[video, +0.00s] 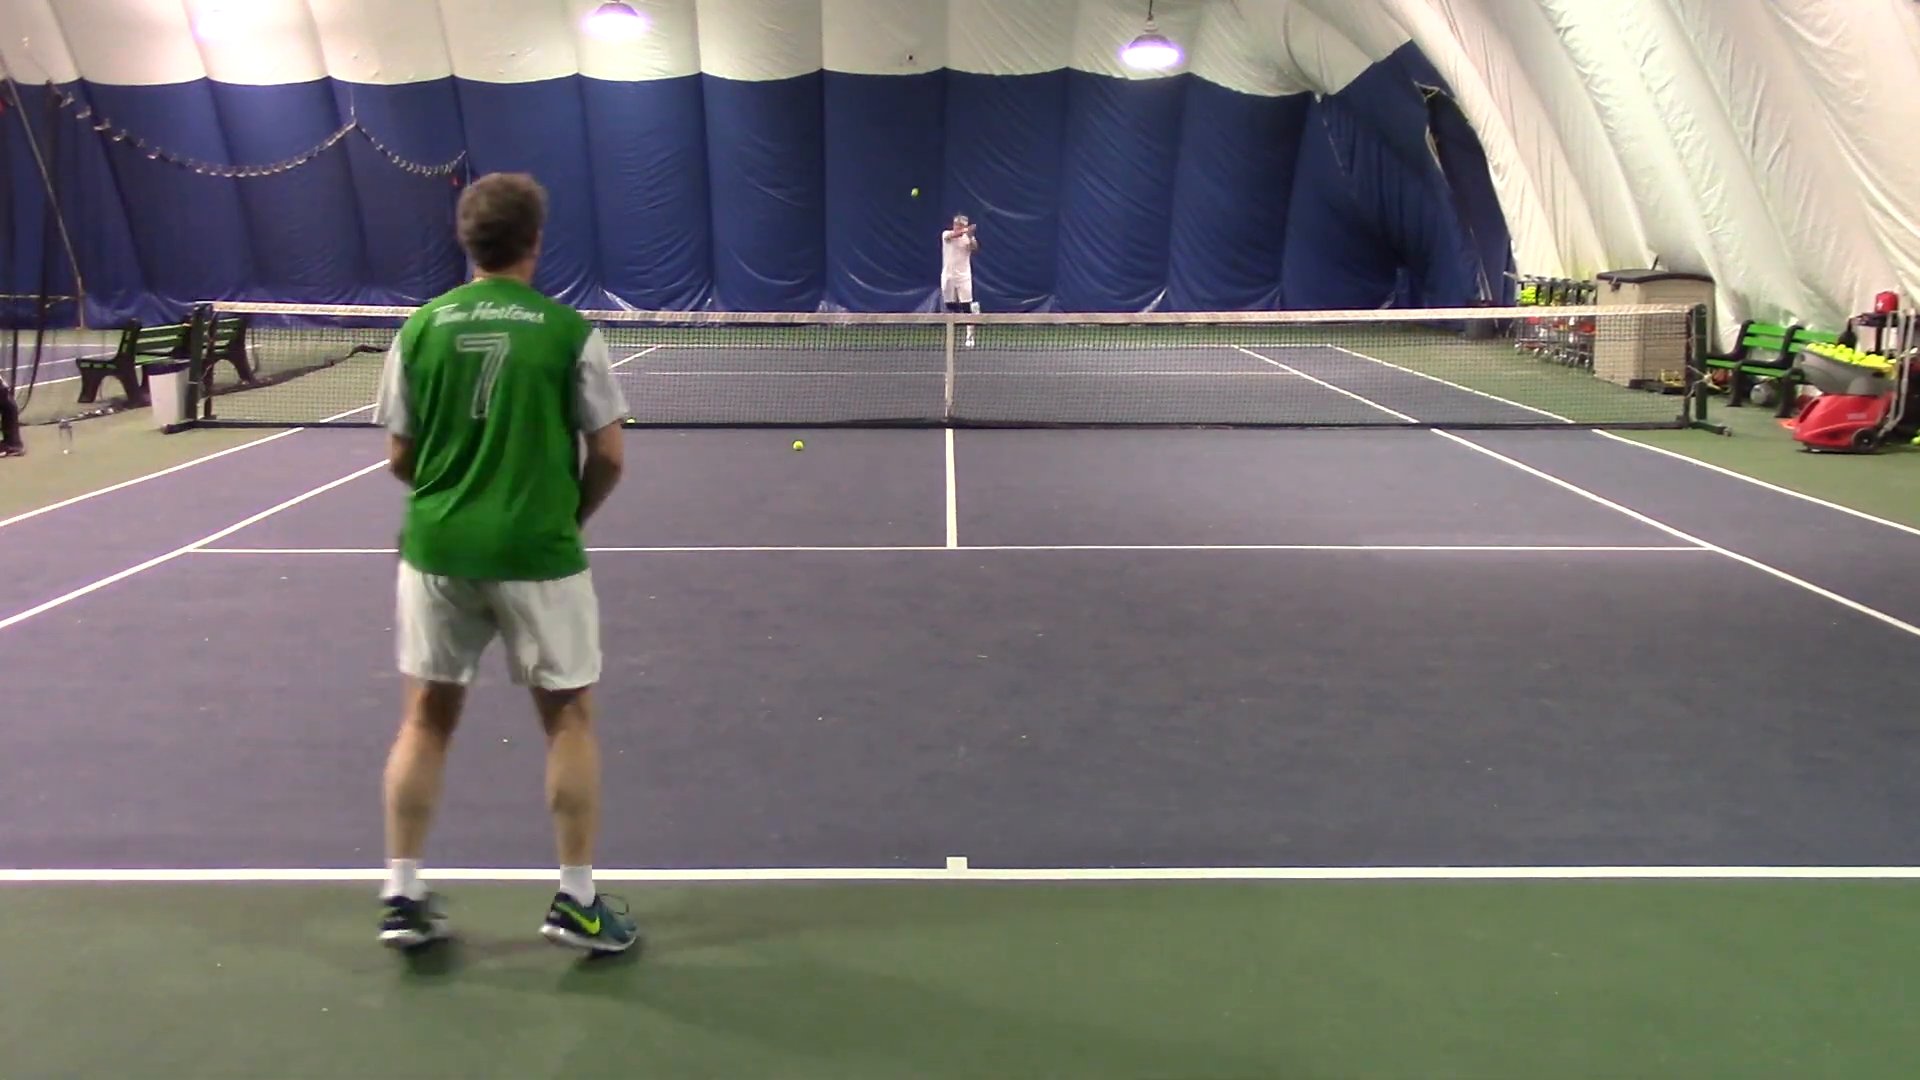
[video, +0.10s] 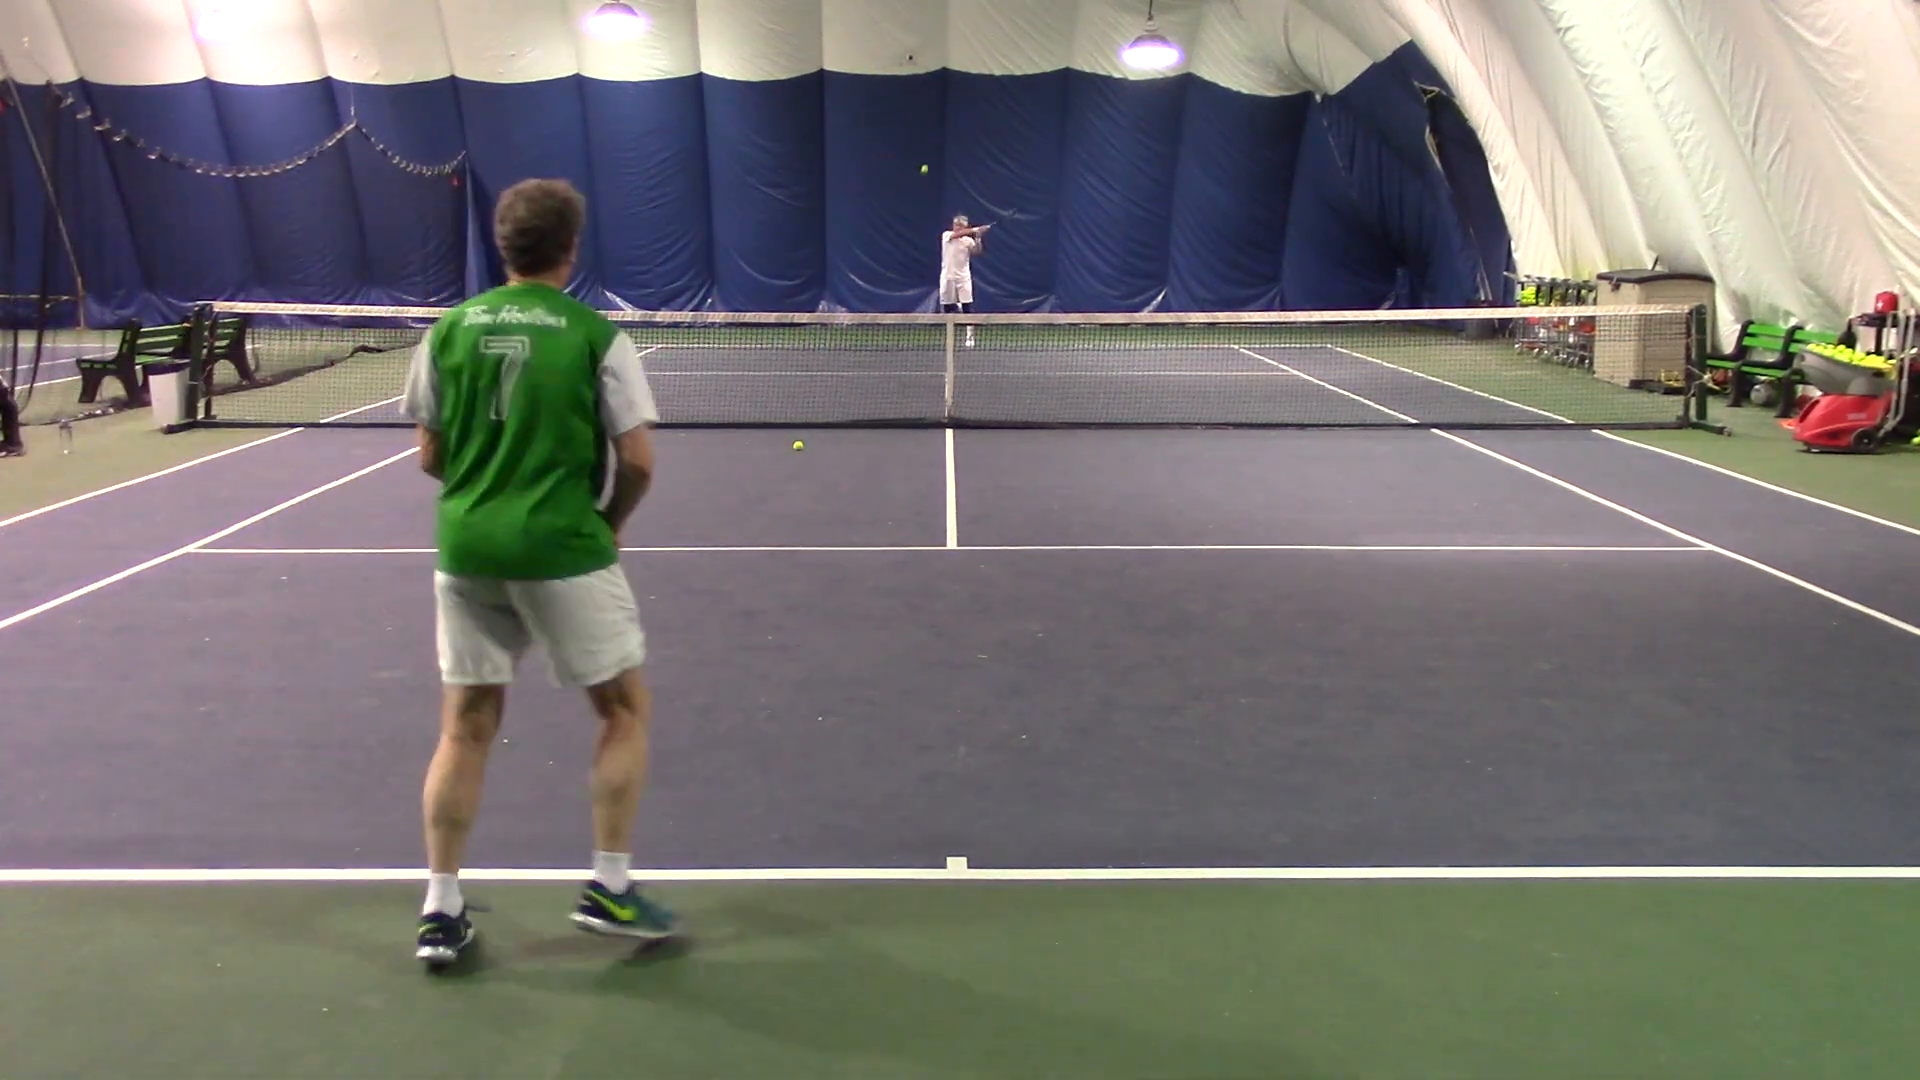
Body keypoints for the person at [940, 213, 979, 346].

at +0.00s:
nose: (959, 228)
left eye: (962, 226)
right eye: (957, 225)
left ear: (966, 227)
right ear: (953, 225)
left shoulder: (968, 238)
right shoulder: (946, 235)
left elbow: (974, 248)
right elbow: (950, 236)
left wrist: (972, 237)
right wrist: (966, 230)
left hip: (964, 275)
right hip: (948, 275)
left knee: (966, 306)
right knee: (950, 306)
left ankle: (969, 335)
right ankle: (951, 335)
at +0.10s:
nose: (959, 229)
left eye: (962, 226)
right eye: (957, 225)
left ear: (967, 227)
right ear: (953, 225)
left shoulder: (969, 240)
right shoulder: (946, 236)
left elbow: (978, 251)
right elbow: (955, 235)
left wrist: (978, 238)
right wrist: (974, 231)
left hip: (963, 276)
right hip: (947, 275)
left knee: (966, 307)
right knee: (948, 307)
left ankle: (970, 335)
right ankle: (950, 335)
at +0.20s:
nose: (958, 228)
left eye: (961, 226)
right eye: (956, 225)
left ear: (965, 226)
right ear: (952, 225)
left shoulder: (966, 241)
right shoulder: (945, 236)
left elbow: (978, 252)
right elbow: (957, 235)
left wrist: (978, 239)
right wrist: (974, 231)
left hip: (963, 276)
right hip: (946, 276)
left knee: (966, 308)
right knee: (941, 309)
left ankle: (969, 336)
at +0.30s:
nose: (956, 228)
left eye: (959, 226)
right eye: (954, 225)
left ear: (963, 226)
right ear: (950, 225)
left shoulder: (964, 240)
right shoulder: (944, 236)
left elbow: (977, 249)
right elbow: (954, 236)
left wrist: (973, 236)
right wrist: (966, 233)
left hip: (960, 274)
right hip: (945, 274)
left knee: (964, 306)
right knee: (939, 306)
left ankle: (966, 336)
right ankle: (932, 331)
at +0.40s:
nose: (952, 229)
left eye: (955, 227)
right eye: (949, 226)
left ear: (959, 227)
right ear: (945, 227)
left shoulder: (961, 240)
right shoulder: (941, 237)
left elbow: (976, 244)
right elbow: (952, 238)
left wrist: (967, 234)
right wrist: (962, 233)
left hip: (957, 276)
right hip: (942, 275)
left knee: (964, 307)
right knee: (936, 308)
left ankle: (965, 337)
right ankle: (924, 335)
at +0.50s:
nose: (947, 231)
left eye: (949, 228)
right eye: (944, 228)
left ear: (953, 229)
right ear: (940, 228)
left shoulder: (956, 242)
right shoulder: (936, 239)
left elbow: (971, 246)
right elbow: (949, 239)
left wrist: (963, 237)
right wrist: (957, 234)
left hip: (952, 277)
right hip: (937, 276)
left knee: (960, 307)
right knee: (933, 309)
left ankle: (964, 337)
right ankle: (922, 337)